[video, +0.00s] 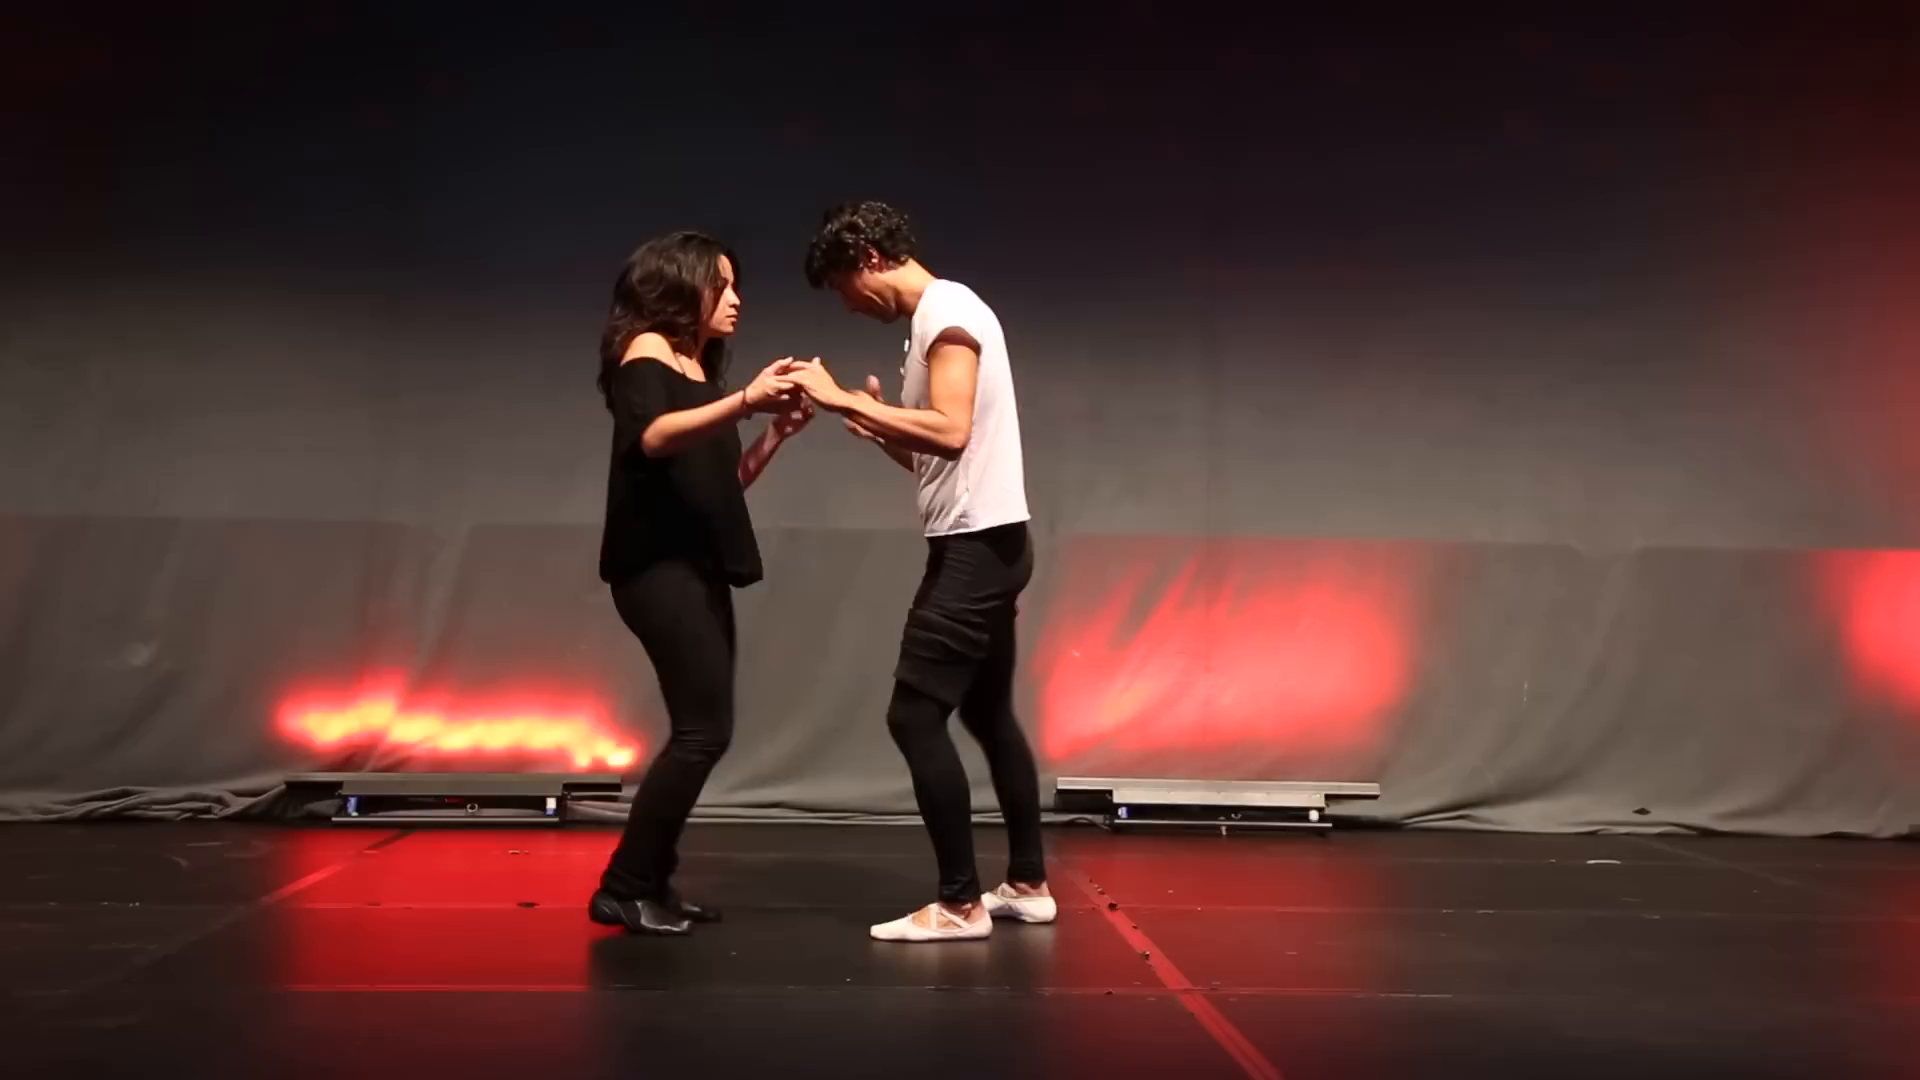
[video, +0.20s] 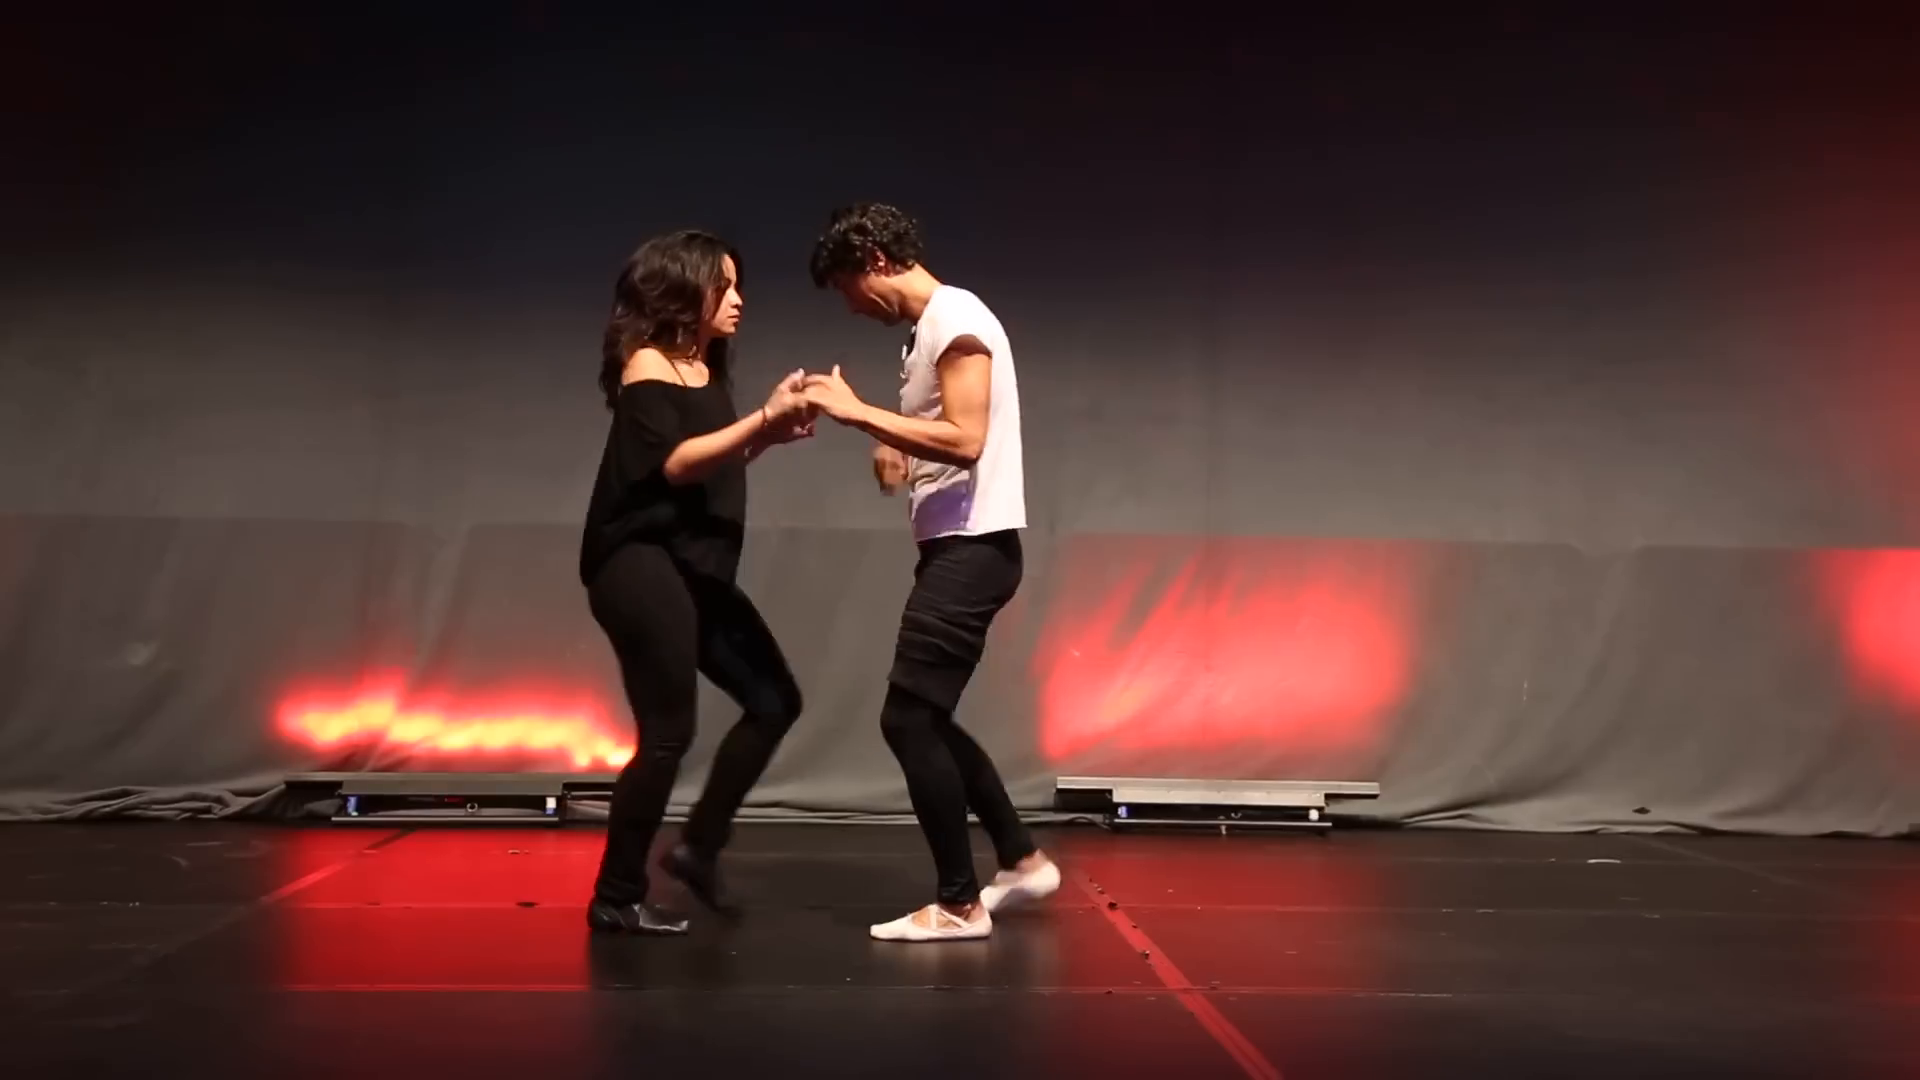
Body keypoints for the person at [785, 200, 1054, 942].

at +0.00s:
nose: (853, 309)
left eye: (846, 292)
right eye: (845, 296)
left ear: (870, 262)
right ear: (881, 262)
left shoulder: (947, 309)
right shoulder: (939, 319)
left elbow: (951, 428)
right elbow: (930, 457)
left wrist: (850, 398)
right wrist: (868, 417)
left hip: (975, 543)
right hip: (984, 539)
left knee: (915, 717)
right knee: (990, 713)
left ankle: (960, 904)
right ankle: (1028, 883)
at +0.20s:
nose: (855, 308)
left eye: (850, 292)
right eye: (847, 295)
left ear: (876, 265)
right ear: (884, 267)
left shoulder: (957, 318)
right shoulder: (930, 332)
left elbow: (968, 439)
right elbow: (927, 441)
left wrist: (864, 412)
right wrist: (892, 454)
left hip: (972, 545)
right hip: (958, 544)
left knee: (909, 719)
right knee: (927, 717)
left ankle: (960, 905)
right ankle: (1024, 862)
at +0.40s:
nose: (856, 304)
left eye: (853, 287)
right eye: (849, 291)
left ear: (882, 262)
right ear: (886, 266)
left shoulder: (965, 318)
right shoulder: (926, 332)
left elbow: (993, 443)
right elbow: (945, 445)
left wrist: (880, 435)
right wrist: (905, 487)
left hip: (969, 543)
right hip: (939, 540)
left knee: (919, 717)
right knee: (929, 720)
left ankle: (960, 900)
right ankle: (1028, 871)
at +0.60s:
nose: (862, 300)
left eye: (858, 283)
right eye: (855, 286)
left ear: (889, 261)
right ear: (895, 263)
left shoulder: (970, 316)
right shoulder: (934, 328)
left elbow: (995, 438)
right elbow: (952, 439)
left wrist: (884, 426)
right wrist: (910, 482)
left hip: (968, 540)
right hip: (946, 537)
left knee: (906, 708)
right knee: (960, 719)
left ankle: (954, 890)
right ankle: (1037, 878)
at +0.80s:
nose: (863, 290)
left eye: (862, 273)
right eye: (857, 275)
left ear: (892, 255)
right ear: (902, 256)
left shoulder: (972, 313)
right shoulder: (938, 322)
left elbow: (986, 431)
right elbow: (957, 432)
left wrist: (882, 407)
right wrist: (918, 476)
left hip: (969, 538)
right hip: (960, 534)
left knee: (943, 710)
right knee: (986, 708)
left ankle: (959, 898)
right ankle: (1042, 879)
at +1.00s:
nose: (868, 288)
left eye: (867, 271)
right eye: (863, 273)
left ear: (897, 255)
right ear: (914, 253)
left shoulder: (963, 314)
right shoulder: (976, 309)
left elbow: (981, 432)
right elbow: (1020, 412)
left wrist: (875, 410)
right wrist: (939, 468)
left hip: (959, 543)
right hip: (984, 541)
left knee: (949, 716)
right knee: (994, 711)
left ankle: (959, 897)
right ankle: (1042, 882)